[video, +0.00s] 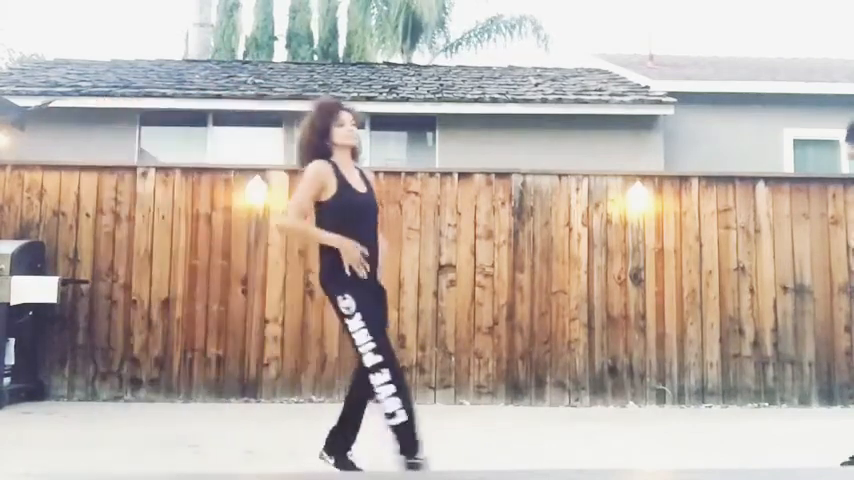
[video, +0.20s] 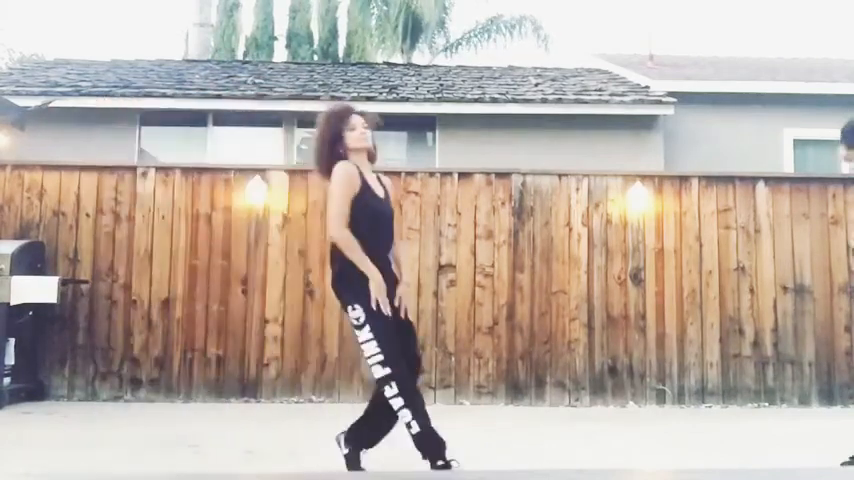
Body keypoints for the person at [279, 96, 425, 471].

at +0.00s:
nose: (352, 129)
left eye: (353, 124)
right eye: (343, 125)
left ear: (355, 131)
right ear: (326, 133)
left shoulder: (363, 174)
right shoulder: (319, 169)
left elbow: (363, 221)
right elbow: (291, 220)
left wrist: (378, 246)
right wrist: (342, 242)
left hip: (371, 275)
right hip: (341, 277)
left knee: (372, 361)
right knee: (380, 358)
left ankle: (338, 444)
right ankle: (409, 445)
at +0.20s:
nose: (364, 129)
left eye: (364, 124)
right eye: (354, 127)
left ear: (369, 132)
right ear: (340, 139)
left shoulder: (380, 179)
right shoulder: (345, 171)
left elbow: (388, 238)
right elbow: (336, 230)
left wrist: (402, 281)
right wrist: (373, 273)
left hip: (384, 279)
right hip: (356, 279)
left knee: (407, 361)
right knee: (391, 365)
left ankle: (357, 438)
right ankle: (434, 452)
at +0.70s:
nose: (389, 141)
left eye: (387, 136)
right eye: (379, 140)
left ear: (391, 142)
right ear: (365, 153)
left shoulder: (390, 188)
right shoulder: (377, 184)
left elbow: (400, 254)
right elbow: (379, 251)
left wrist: (407, 308)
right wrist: (387, 309)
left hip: (373, 284)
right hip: (352, 286)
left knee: (416, 364)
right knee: (386, 372)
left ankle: (365, 436)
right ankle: (430, 458)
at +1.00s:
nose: (359, 140)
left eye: (362, 134)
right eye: (349, 137)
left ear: (368, 143)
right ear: (334, 148)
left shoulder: (371, 188)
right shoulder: (333, 185)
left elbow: (387, 237)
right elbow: (337, 252)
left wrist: (409, 286)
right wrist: (345, 313)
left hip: (354, 278)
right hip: (322, 283)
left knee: (376, 362)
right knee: (357, 362)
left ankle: (352, 442)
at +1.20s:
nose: (325, 118)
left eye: (330, 112)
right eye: (316, 114)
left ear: (339, 121)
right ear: (302, 123)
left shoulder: (337, 167)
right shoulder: (300, 158)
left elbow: (375, 189)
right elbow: (285, 220)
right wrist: (285, 284)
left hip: (326, 264)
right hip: (291, 261)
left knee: (335, 356)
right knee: (276, 364)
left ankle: (344, 442)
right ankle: (244, 444)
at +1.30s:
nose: (308, 117)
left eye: (314, 111)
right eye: (300, 111)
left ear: (324, 119)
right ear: (286, 118)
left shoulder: (327, 160)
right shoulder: (277, 156)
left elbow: (363, 167)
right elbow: (254, 216)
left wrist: (339, 160)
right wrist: (254, 275)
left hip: (307, 264)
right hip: (269, 263)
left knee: (307, 354)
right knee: (257, 358)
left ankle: (299, 440)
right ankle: (241, 450)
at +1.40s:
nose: (294, 121)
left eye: (300, 114)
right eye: (286, 114)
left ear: (311, 123)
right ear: (271, 123)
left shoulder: (317, 163)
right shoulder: (260, 161)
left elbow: (344, 156)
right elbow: (228, 218)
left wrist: (299, 142)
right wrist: (230, 272)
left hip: (292, 269)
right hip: (253, 265)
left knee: (279, 361)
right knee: (249, 358)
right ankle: (241, 448)